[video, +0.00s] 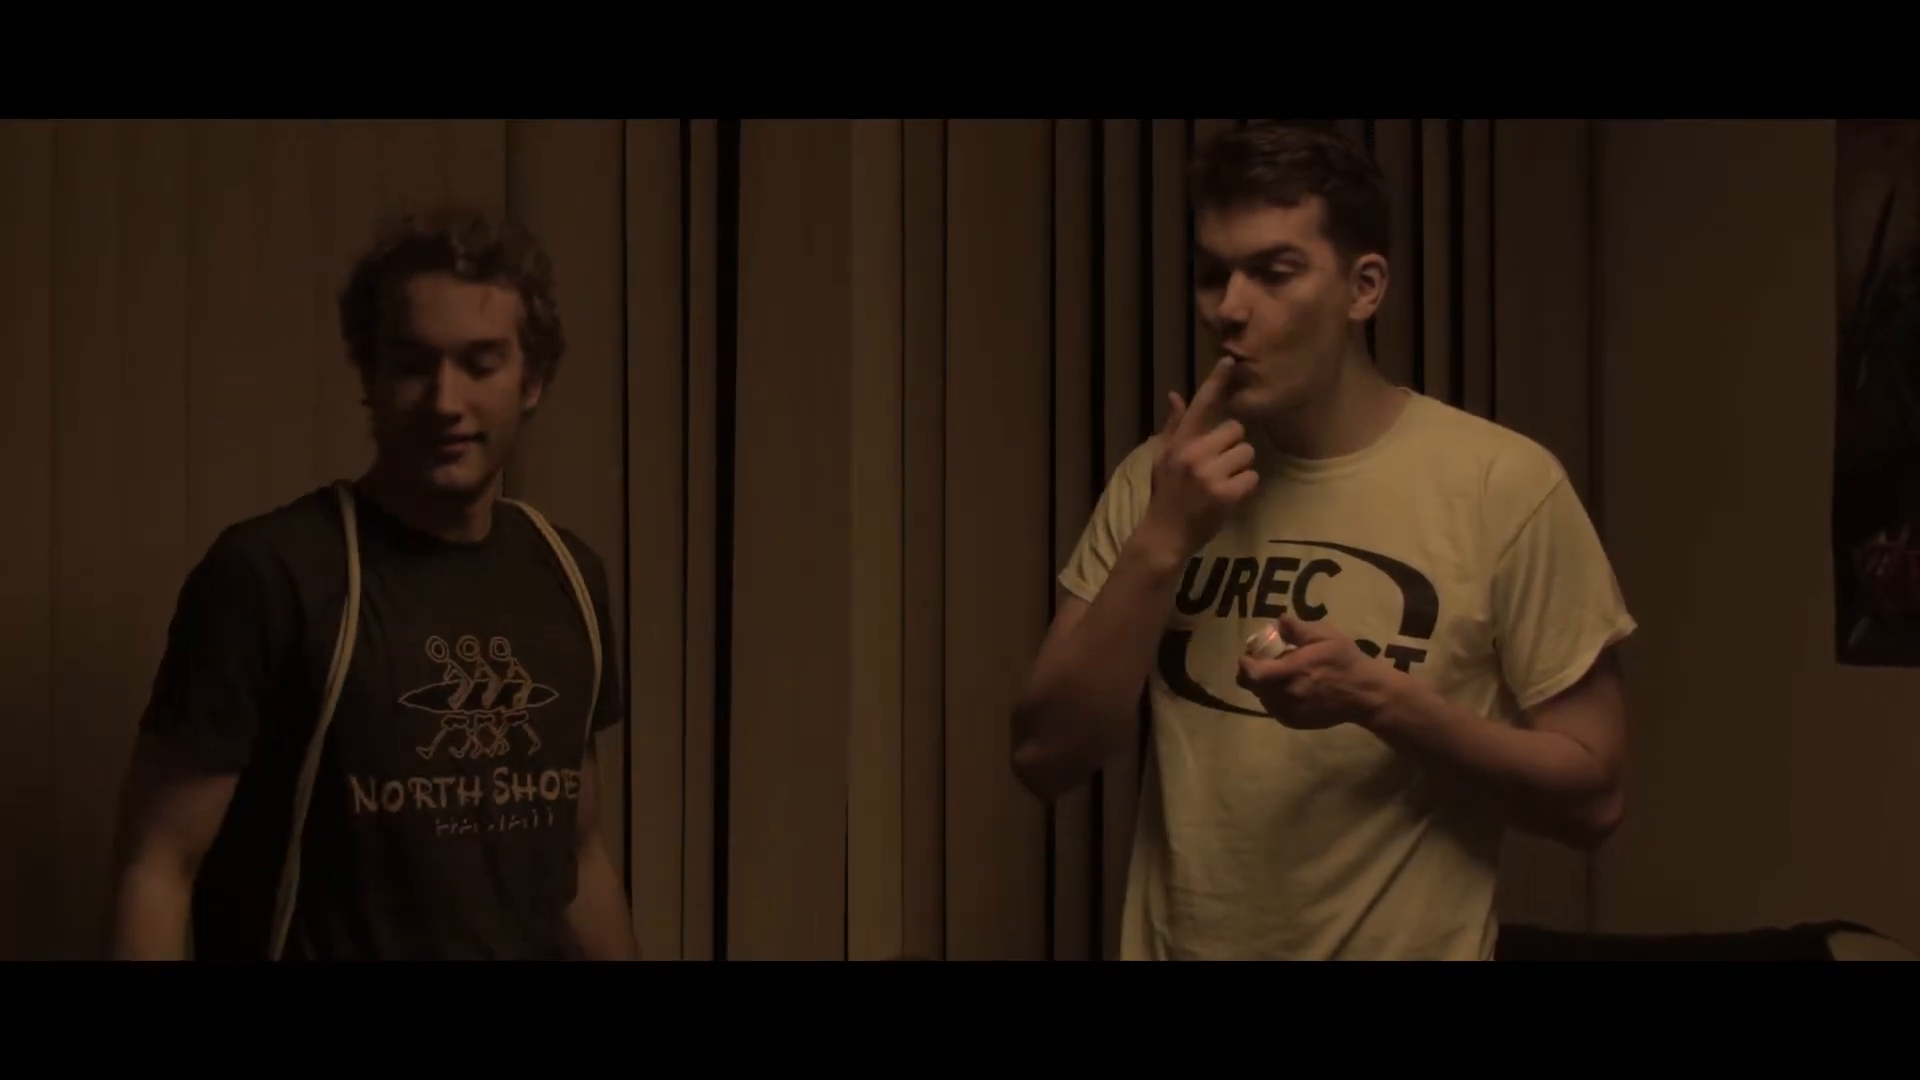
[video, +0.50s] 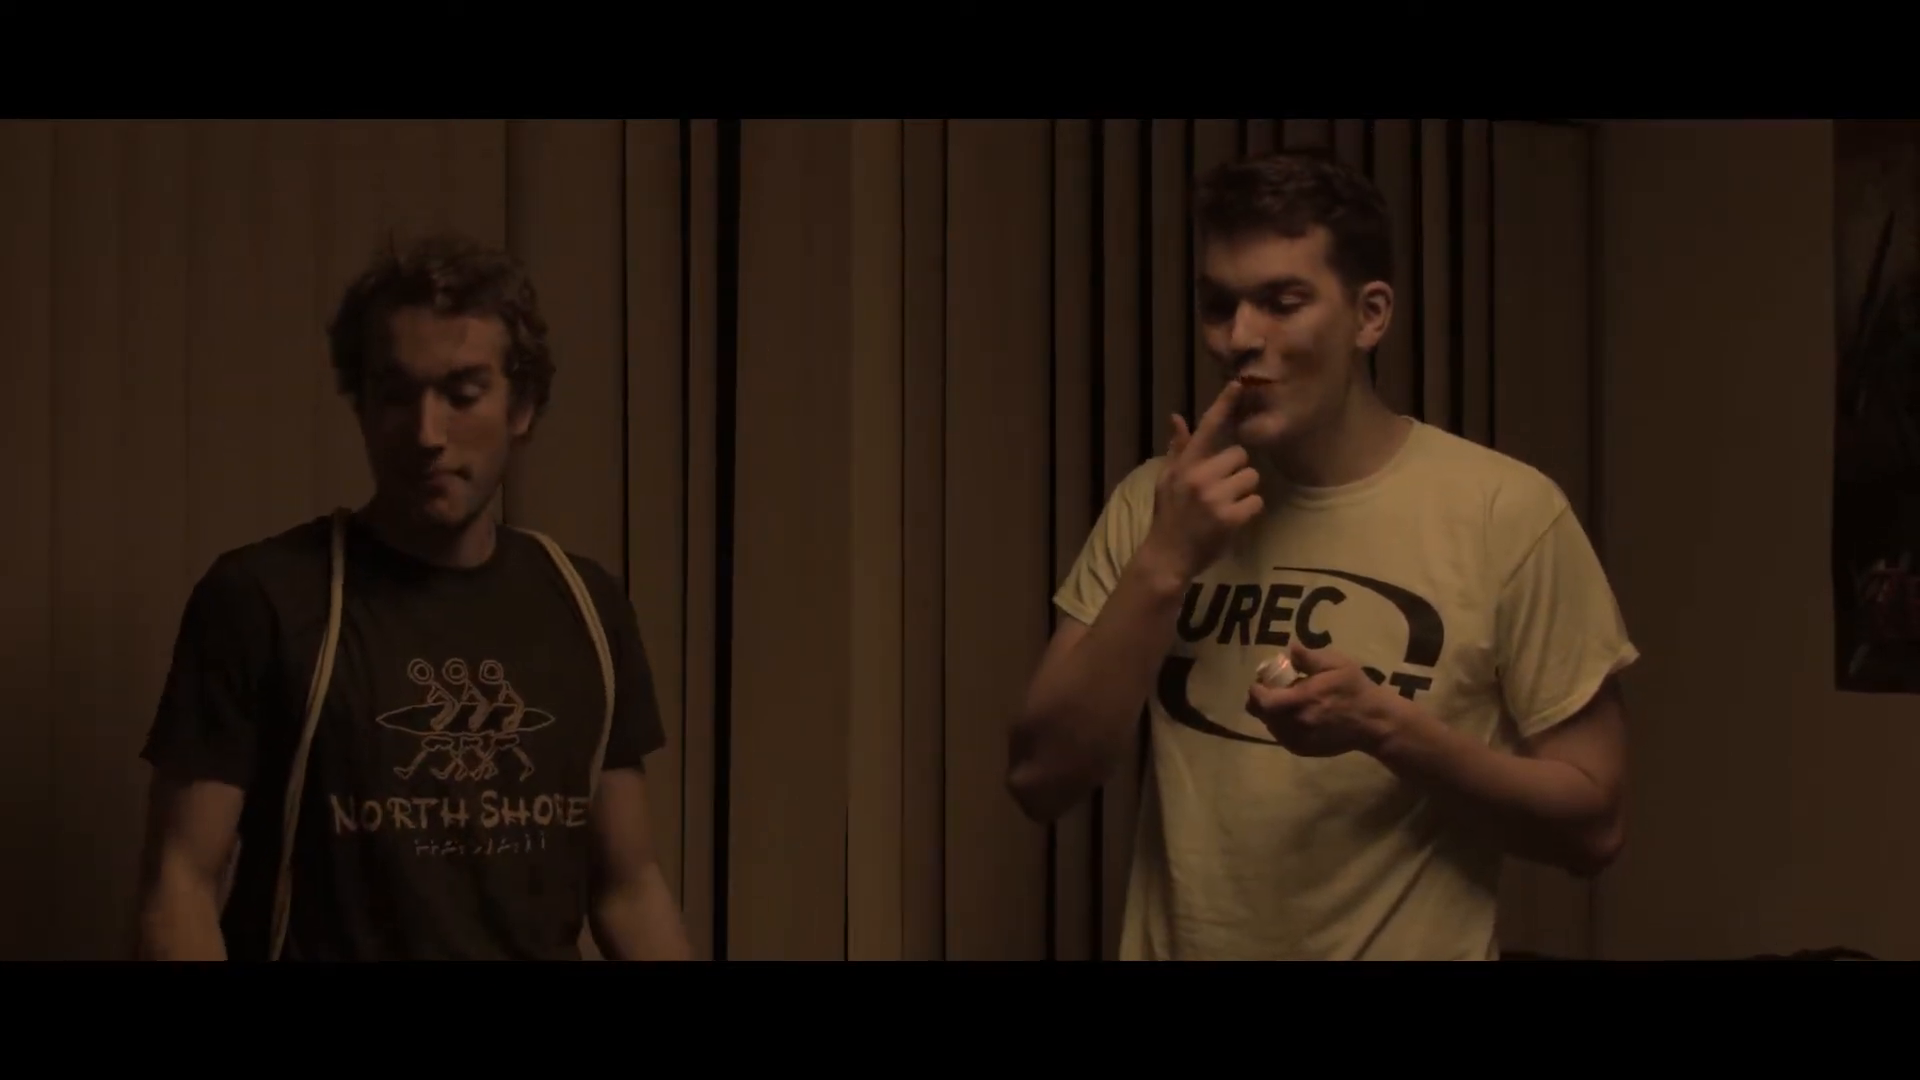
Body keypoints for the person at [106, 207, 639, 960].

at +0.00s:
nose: (446, 402)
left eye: (480, 364)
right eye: (413, 366)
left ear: (532, 381)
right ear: (369, 382)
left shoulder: (573, 578)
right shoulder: (265, 577)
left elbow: (580, 850)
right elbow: (159, 863)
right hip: (317, 945)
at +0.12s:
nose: (436, 426)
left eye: (472, 387)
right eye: (405, 387)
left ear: (529, 395)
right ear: (367, 389)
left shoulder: (575, 587)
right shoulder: (264, 580)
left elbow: (584, 862)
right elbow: (178, 867)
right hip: (325, 946)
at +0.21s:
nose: (430, 428)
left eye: (468, 390)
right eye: (400, 390)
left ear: (527, 398)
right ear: (363, 394)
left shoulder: (579, 593)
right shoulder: (260, 583)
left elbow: (587, 866)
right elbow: (180, 866)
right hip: (323, 948)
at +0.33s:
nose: (427, 438)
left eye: (464, 399)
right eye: (396, 399)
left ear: (523, 409)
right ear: (361, 406)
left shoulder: (581, 605)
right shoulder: (257, 598)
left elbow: (603, 879)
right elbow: (177, 876)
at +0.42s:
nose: (424, 442)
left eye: (462, 401)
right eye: (393, 403)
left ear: (523, 412)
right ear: (359, 412)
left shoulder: (585, 609)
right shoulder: (258, 599)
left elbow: (614, 882)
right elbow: (179, 876)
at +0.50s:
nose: (426, 434)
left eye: (462, 393)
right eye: (395, 397)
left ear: (522, 411)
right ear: (361, 413)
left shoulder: (589, 607)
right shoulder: (260, 600)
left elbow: (629, 883)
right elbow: (183, 883)